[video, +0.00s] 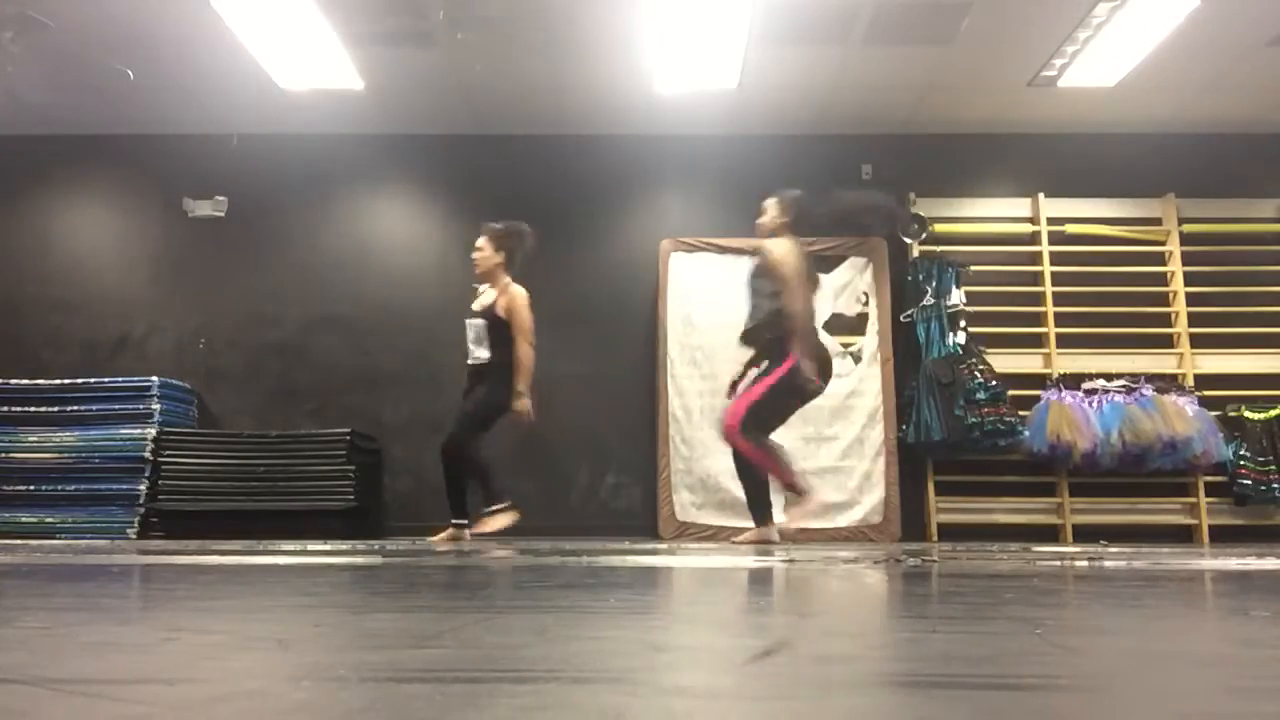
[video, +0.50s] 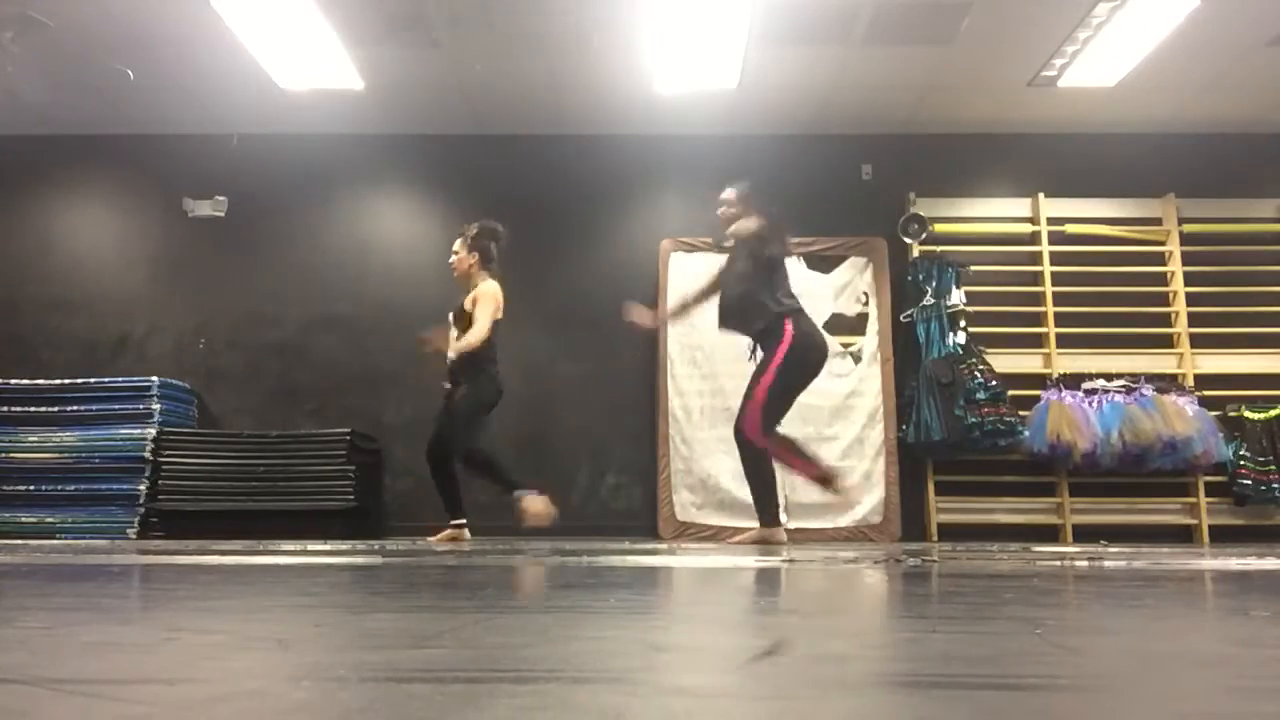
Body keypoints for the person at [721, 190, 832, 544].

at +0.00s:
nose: (758, 219)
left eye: (765, 213)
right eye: (760, 213)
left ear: (783, 216)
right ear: (778, 217)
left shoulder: (783, 248)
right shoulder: (772, 253)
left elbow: (798, 305)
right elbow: (772, 327)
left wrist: (803, 354)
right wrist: (747, 370)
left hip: (795, 358)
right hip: (783, 358)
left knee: (737, 425)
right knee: (744, 431)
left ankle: (802, 495)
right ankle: (763, 525)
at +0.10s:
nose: (725, 231)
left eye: (732, 225)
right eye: (729, 224)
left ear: (748, 231)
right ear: (760, 236)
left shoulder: (735, 256)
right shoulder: (773, 268)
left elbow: (739, 301)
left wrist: (738, 355)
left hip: (785, 353)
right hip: (818, 363)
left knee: (718, 423)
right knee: (747, 438)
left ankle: (713, 513)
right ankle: (767, 525)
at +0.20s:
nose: (704, 250)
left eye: (707, 243)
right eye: (705, 241)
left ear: (716, 248)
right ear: (743, 250)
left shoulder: (716, 272)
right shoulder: (759, 279)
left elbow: (722, 330)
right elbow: (768, 326)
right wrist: (727, 364)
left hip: (771, 355)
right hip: (809, 365)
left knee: (711, 439)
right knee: (739, 442)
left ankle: (700, 521)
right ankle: (768, 525)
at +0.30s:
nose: (699, 235)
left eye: (705, 229)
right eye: (702, 228)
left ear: (719, 235)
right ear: (738, 238)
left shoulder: (714, 267)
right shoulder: (753, 271)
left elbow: (716, 330)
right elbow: (755, 336)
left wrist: (690, 367)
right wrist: (717, 381)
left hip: (776, 350)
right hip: (811, 359)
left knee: (717, 430)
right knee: (744, 438)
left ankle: (700, 518)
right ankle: (771, 526)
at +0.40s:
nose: (704, 223)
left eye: (711, 216)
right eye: (706, 216)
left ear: (731, 218)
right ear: (739, 220)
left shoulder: (730, 246)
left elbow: (702, 292)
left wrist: (668, 324)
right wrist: (680, 363)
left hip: (787, 343)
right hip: (807, 346)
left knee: (731, 422)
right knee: (753, 431)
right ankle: (771, 522)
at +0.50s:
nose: (720, 211)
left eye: (727, 205)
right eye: (719, 205)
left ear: (749, 207)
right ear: (725, 212)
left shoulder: (759, 232)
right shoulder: (737, 253)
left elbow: (758, 230)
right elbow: (704, 293)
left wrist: (744, 231)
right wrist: (660, 317)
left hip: (793, 338)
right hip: (779, 344)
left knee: (755, 428)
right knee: (747, 431)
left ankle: (832, 481)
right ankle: (770, 526)